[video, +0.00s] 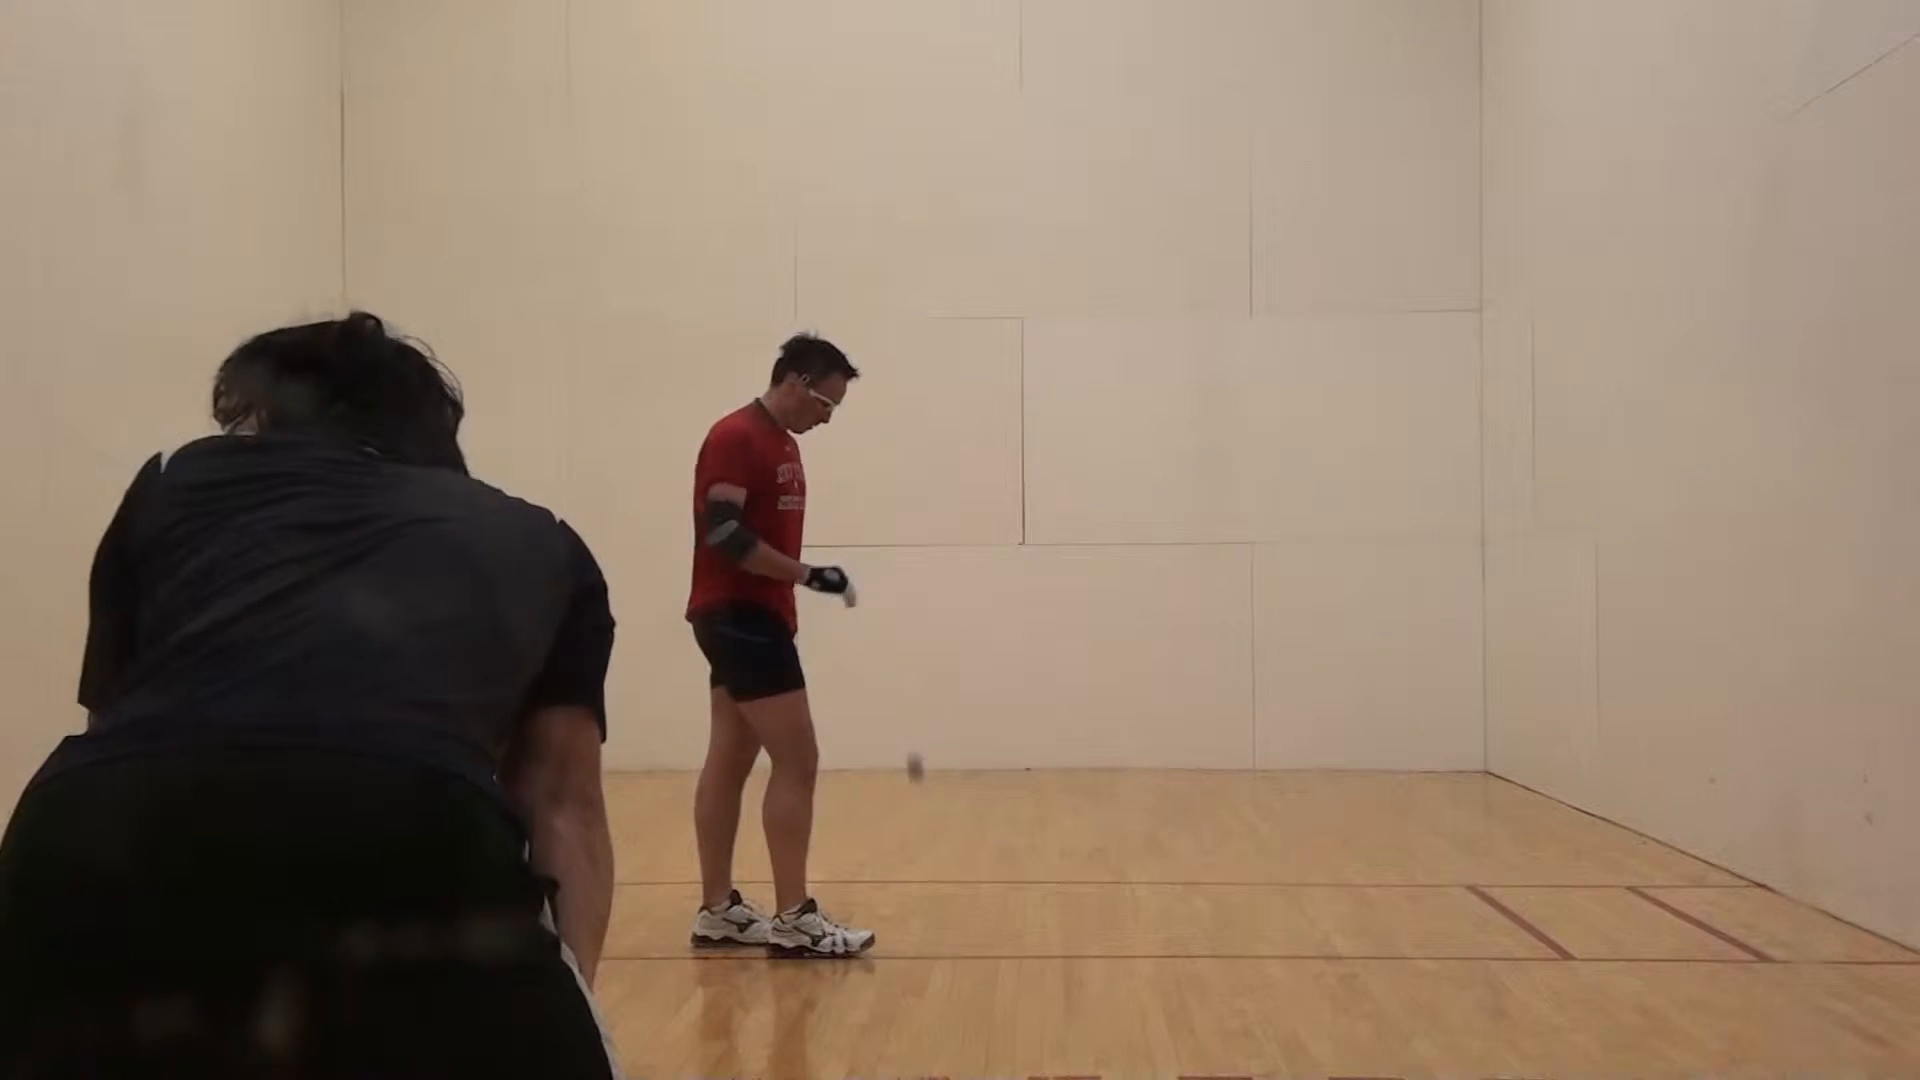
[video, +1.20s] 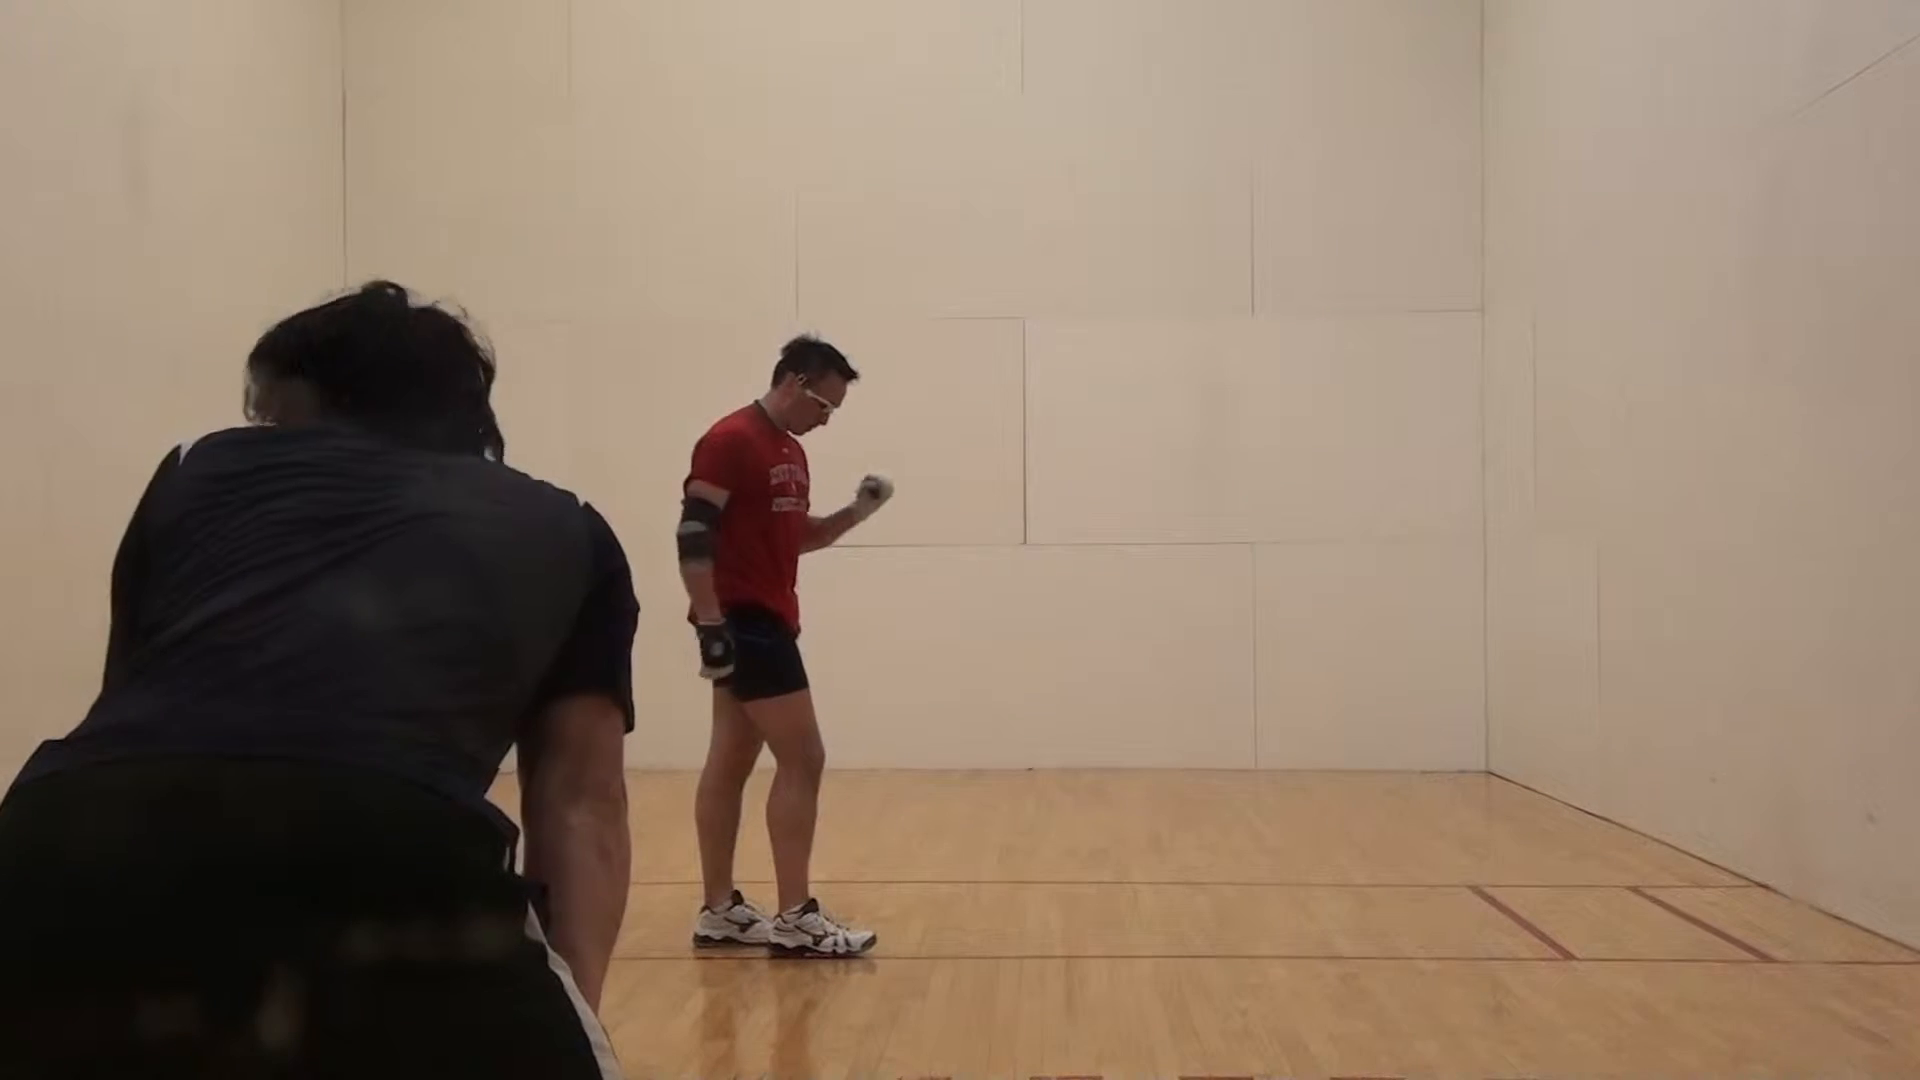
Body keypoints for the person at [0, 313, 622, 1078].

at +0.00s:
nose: (218, 437)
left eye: (227, 421)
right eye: (220, 423)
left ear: (261, 420)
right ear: (432, 444)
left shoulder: (173, 484)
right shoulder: (540, 539)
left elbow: (113, 715)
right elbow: (566, 801)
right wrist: (563, 1008)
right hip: (425, 851)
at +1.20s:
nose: (254, 434)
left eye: (266, 416)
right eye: (258, 416)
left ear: (309, 412)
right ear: (465, 429)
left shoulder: (192, 470)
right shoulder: (563, 526)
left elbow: (128, 707)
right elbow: (582, 803)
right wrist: (568, 1023)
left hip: (75, 855)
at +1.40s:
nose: (534, 464)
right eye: (528, 446)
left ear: (306, 415)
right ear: (503, 431)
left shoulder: (190, 492)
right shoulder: (562, 524)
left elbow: (140, 709)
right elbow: (583, 795)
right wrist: (568, 1015)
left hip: (70, 851)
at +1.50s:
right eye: (513, 420)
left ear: (321, 413)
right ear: (496, 417)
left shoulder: (201, 502)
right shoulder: (564, 525)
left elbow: (148, 712)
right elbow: (586, 796)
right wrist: (565, 1018)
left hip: (63, 852)